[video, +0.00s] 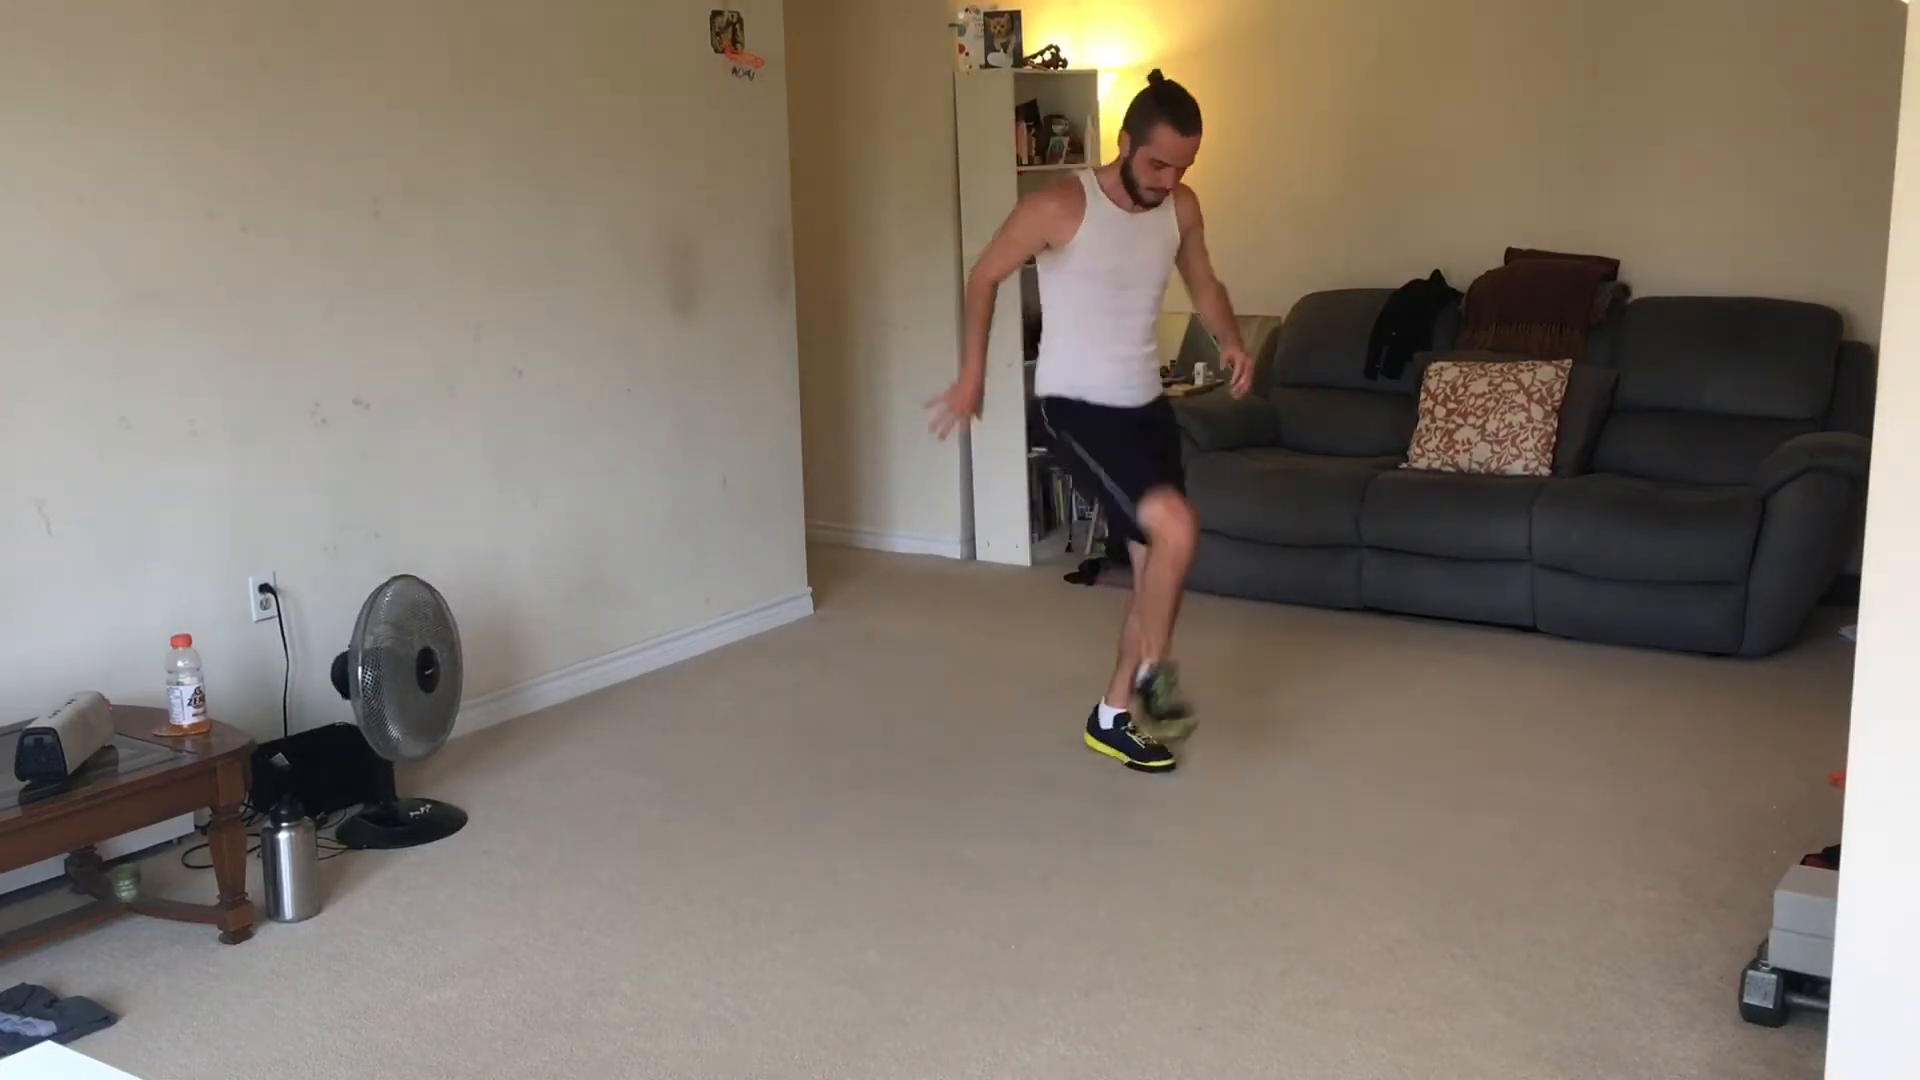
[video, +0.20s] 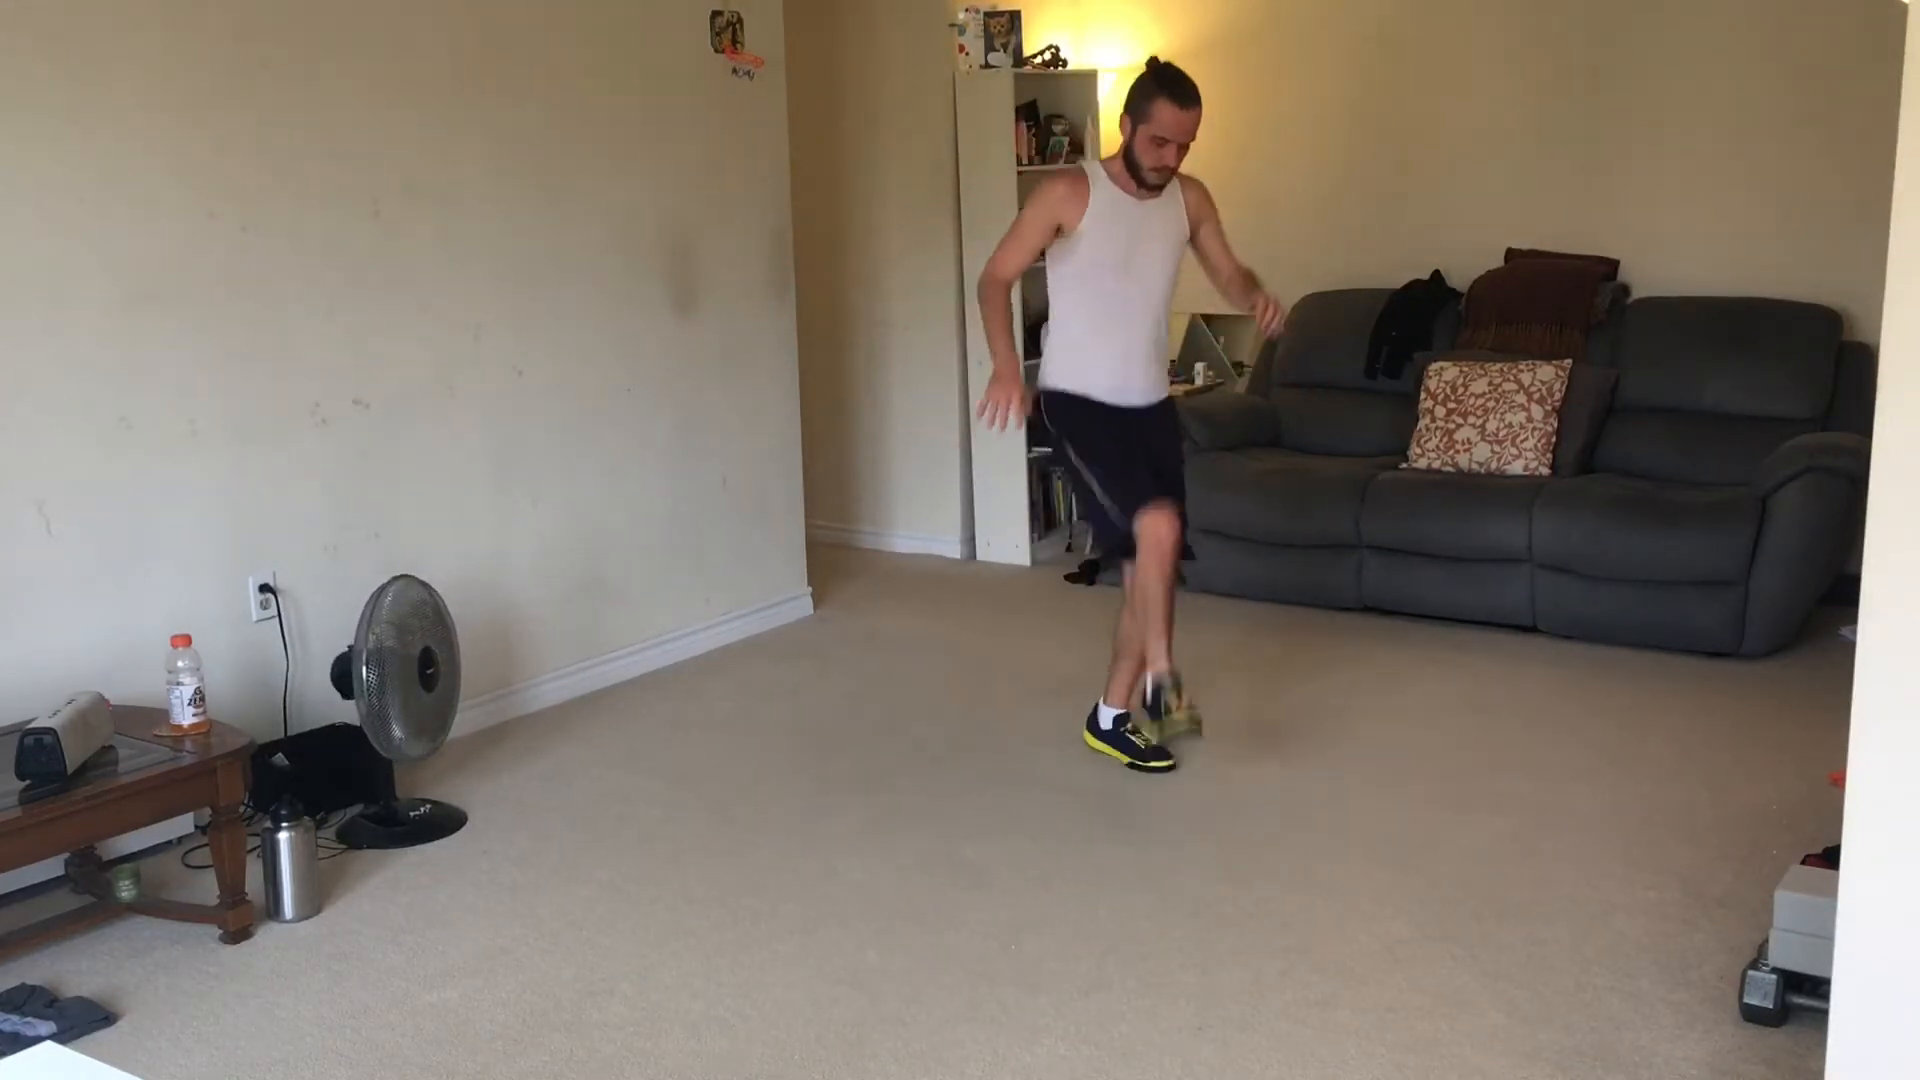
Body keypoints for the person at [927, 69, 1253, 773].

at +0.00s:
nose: (1168, 179)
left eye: (1180, 167)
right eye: (1157, 163)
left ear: (1190, 155)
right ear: (1124, 142)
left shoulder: (1179, 206)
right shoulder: (1060, 203)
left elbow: (1204, 285)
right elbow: (982, 277)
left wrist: (1231, 341)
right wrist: (971, 376)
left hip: (1146, 405)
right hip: (1073, 405)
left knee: (1153, 571)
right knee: (1175, 527)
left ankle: (1114, 714)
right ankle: (1150, 675)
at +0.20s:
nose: (1172, 157)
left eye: (1183, 143)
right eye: (1159, 141)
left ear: (1192, 137)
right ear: (1127, 125)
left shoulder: (1188, 198)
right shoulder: (1070, 192)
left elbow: (1229, 277)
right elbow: (994, 279)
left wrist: (1257, 296)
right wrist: (1004, 367)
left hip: (1150, 402)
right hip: (1076, 399)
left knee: (1157, 559)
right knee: (1157, 522)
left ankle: (1111, 715)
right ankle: (1162, 687)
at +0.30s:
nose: (1175, 139)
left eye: (1188, 126)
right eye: (1162, 123)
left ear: (1197, 117)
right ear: (1130, 105)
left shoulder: (1194, 180)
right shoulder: (1072, 167)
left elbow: (1236, 263)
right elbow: (988, 247)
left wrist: (1268, 281)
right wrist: (1006, 319)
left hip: (1145, 378)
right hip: (1065, 370)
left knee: (1142, 564)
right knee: (1128, 387)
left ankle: (1104, 705)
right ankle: (1166, 527)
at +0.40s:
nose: (1179, 154)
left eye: (1191, 142)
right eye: (1167, 138)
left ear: (1202, 132)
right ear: (1134, 118)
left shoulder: (1195, 193)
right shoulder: (1076, 177)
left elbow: (1219, 285)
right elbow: (984, 252)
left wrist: (1261, 328)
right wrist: (1000, 311)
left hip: (1143, 394)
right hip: (1063, 391)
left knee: (1129, 569)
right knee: (1060, 343)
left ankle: (1098, 725)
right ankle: (1207, 419)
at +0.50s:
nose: (1181, 185)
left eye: (1195, 174)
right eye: (1170, 168)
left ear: (1207, 164)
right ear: (1139, 148)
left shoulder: (1196, 224)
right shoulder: (1076, 205)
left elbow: (1211, 314)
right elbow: (981, 271)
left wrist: (1247, 379)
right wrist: (992, 330)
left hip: (1135, 415)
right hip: (1055, 400)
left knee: (1130, 592)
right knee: (1066, 412)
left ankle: (1092, 740)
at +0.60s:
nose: (1185, 189)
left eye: (1199, 178)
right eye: (1175, 172)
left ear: (1213, 168)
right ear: (1146, 149)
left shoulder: (1199, 230)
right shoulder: (1078, 199)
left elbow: (1213, 316)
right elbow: (977, 255)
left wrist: (1239, 390)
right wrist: (986, 321)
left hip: (1128, 412)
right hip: (1047, 397)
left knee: (1135, 580)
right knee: (1088, 493)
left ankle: (1094, 741)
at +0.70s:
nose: (1189, 186)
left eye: (1205, 176)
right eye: (1179, 169)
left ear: (1217, 164)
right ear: (1151, 143)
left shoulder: (1204, 224)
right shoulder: (1077, 189)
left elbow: (1234, 310)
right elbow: (972, 229)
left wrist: (1242, 380)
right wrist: (975, 301)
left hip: (1127, 418)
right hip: (1042, 406)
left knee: (1119, 593)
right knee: (1059, 549)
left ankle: (1093, 738)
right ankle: (1060, 621)